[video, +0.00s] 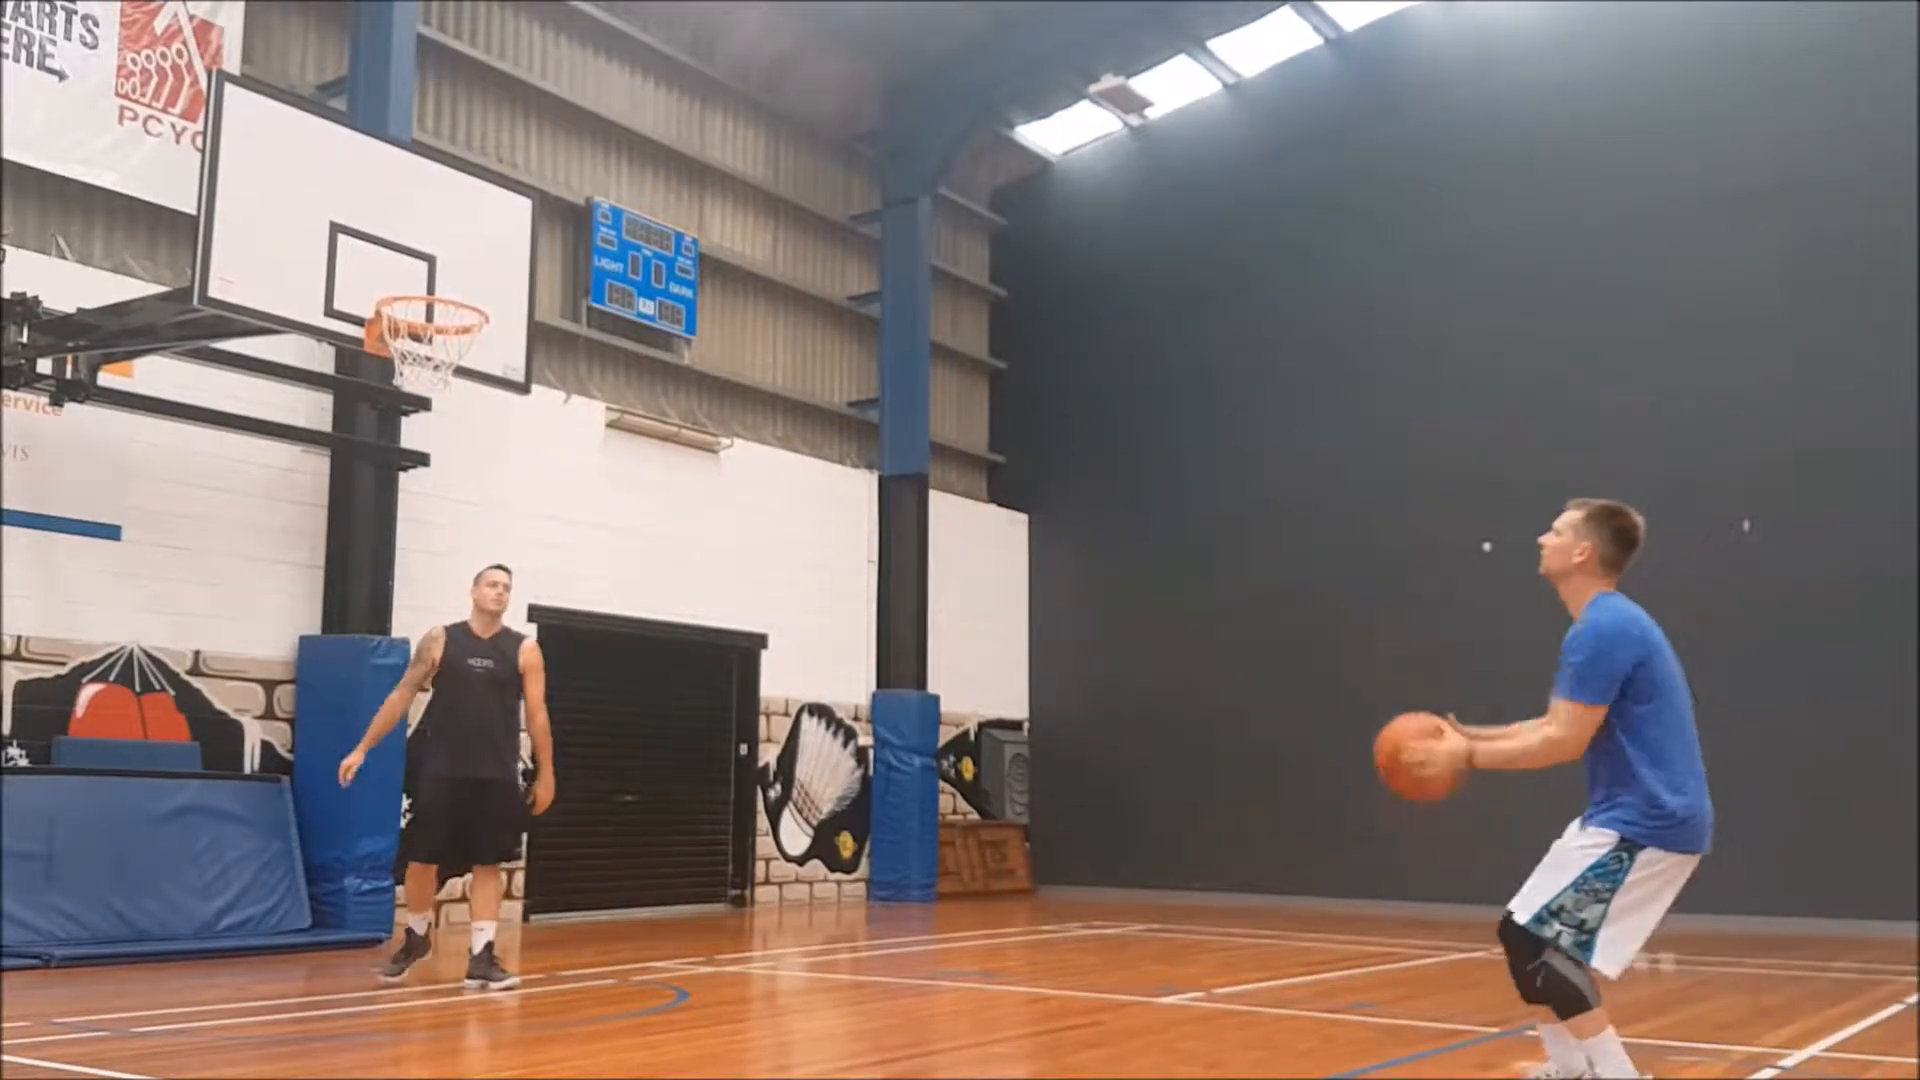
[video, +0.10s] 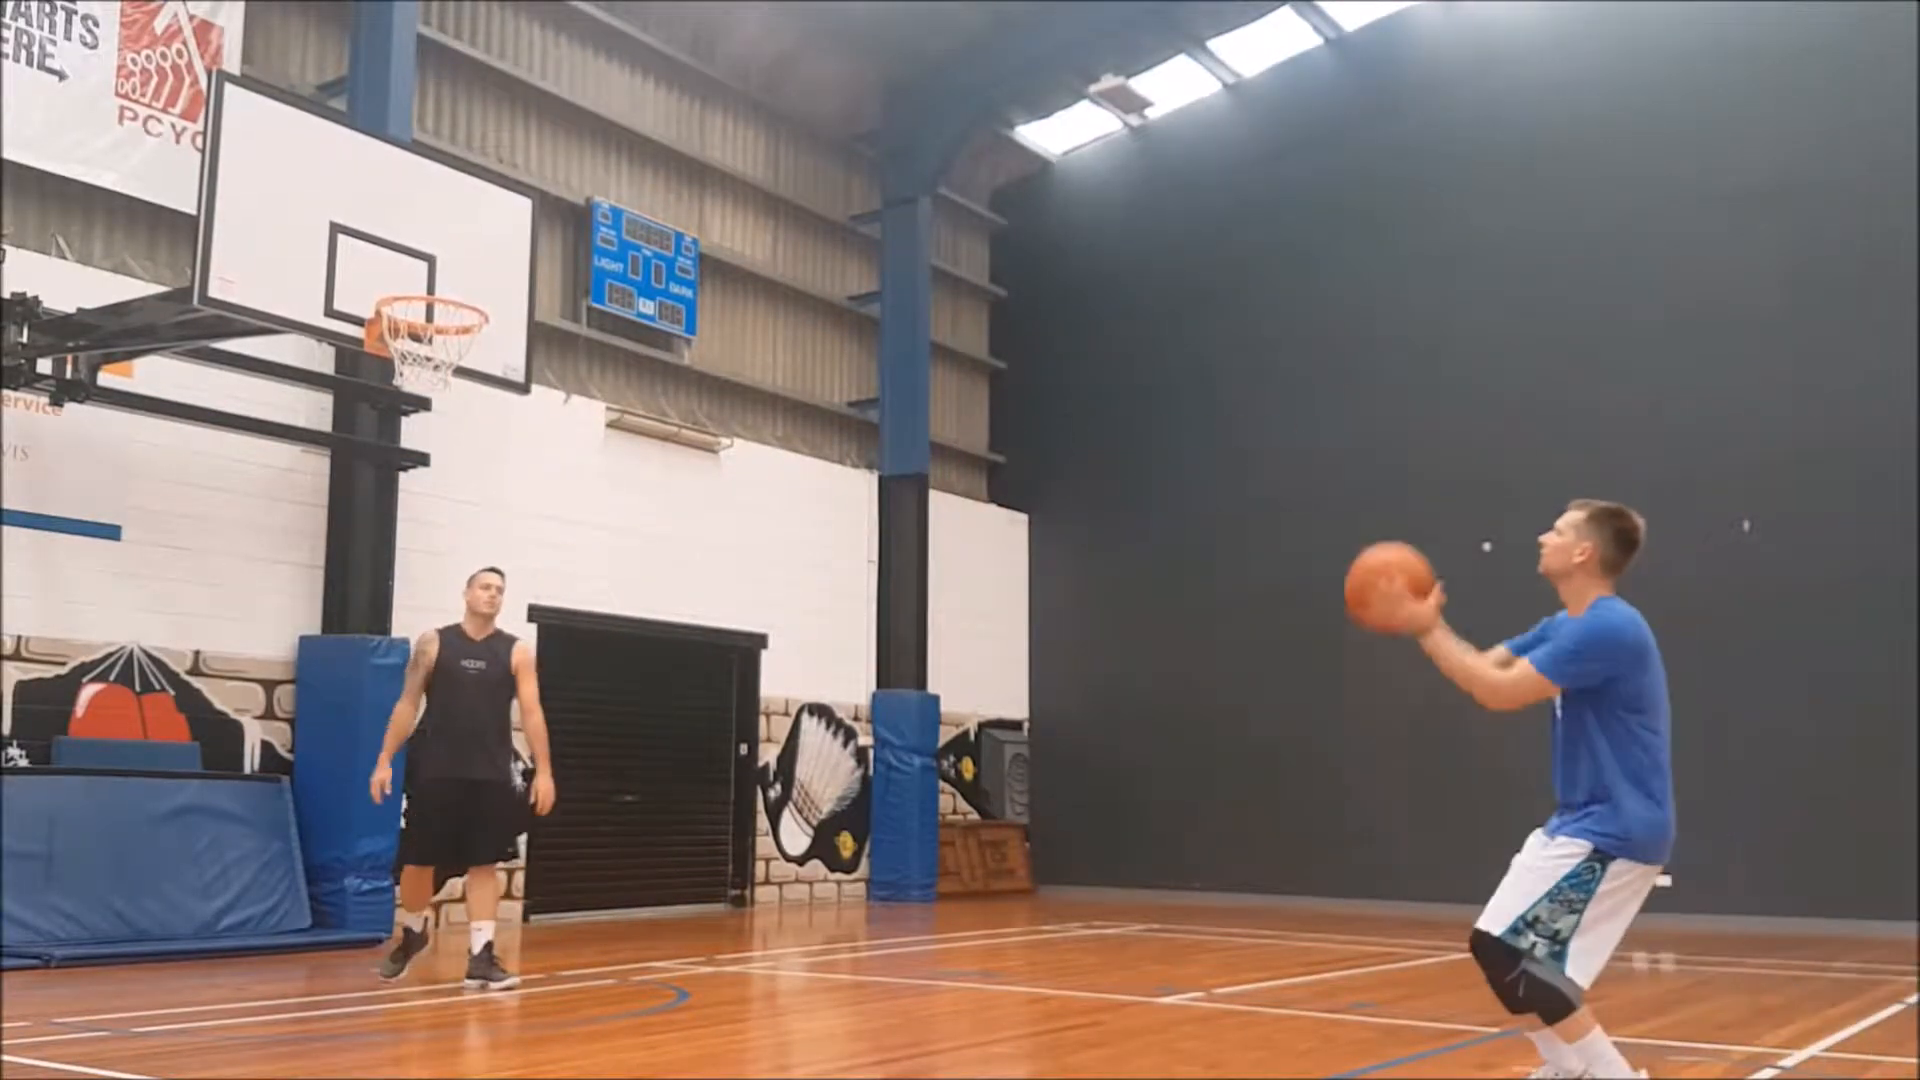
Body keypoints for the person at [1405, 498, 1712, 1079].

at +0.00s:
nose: (1542, 539)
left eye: (1554, 532)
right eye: (1550, 530)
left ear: (1583, 553)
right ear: (1582, 554)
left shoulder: (1608, 627)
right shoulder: (1594, 628)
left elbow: (1566, 741)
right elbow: (1553, 727)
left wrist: (1468, 755)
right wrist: (1466, 737)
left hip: (1650, 820)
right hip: (1621, 813)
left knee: (1542, 942)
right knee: (1521, 930)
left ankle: (1618, 1072)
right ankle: (1568, 1067)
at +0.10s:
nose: (1542, 539)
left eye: (1555, 531)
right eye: (1550, 529)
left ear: (1583, 552)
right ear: (1581, 553)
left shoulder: (1610, 628)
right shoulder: (1564, 624)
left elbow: (1500, 693)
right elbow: (1486, 666)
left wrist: (1429, 629)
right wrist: (1427, 619)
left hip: (1619, 830)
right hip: (1579, 819)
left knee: (1516, 955)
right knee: (1493, 941)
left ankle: (1614, 1071)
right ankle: (1565, 1065)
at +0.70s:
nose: (1556, 424)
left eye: (1571, 418)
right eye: (1566, 415)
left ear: (1597, 439)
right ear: (1595, 441)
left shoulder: (1595, 494)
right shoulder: (1561, 490)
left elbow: (1483, 450)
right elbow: (1500, 425)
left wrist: (1431, 378)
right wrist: (1460, 348)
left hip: (1556, 722)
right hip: (1505, 713)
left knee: (1538, 891)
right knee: (1487, 885)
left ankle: (1565, 1054)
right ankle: (1475, 1037)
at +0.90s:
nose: (1574, 471)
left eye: (1589, 463)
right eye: (1583, 461)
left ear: (1615, 483)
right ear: (1614, 485)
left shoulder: (1622, 555)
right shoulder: (1592, 556)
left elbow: (1511, 606)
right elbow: (1490, 596)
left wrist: (1459, 545)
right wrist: (1485, 530)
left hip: (1578, 761)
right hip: (1535, 754)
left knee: (1537, 916)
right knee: (1485, 905)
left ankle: (1585, 1070)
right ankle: (1506, 1060)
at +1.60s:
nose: (1722, 476)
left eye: (1735, 465)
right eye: (1729, 465)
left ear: (1766, 479)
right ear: (1774, 481)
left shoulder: (1783, 545)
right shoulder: (1806, 544)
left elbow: (1809, 648)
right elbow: (1822, 651)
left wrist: (1801, 757)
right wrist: (1802, 759)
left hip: (1799, 766)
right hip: (1838, 765)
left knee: (1735, 906)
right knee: (1822, 921)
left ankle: (1752, 1067)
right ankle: (1879, 1068)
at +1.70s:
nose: (1754, 471)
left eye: (1765, 460)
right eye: (1760, 459)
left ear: (1796, 473)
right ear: (1805, 476)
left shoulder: (1808, 538)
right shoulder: (1835, 539)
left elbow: (1809, 644)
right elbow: (1833, 654)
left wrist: (1765, 744)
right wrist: (1786, 752)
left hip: (1840, 757)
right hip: (1869, 757)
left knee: (1785, 909)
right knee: (1847, 920)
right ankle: (1881, 1063)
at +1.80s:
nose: (1785, 468)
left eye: (1796, 457)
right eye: (1791, 457)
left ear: (1829, 469)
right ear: (1836, 472)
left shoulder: (1835, 536)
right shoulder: (1861, 537)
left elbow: (1810, 643)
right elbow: (1856, 666)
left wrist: (1741, 729)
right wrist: (1816, 757)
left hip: (1872, 766)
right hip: (1877, 763)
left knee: (1859, 925)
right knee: (1875, 926)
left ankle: (1883, 1068)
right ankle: (1883, 1065)